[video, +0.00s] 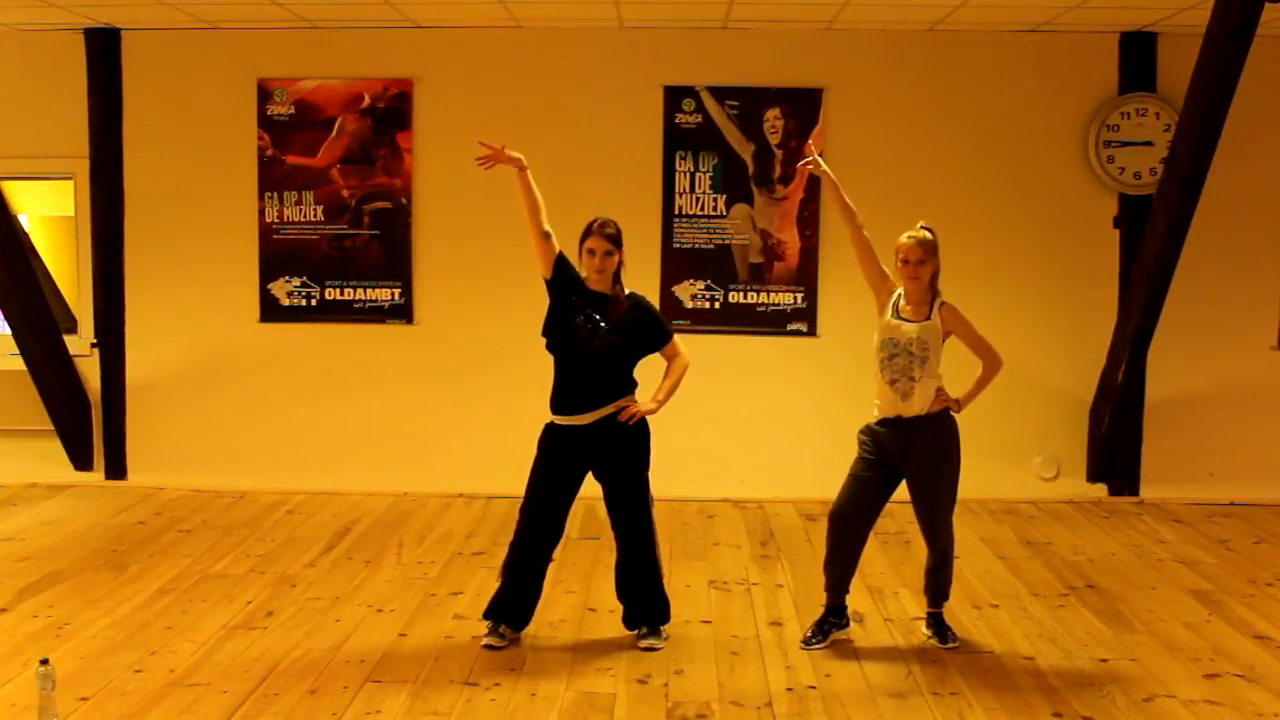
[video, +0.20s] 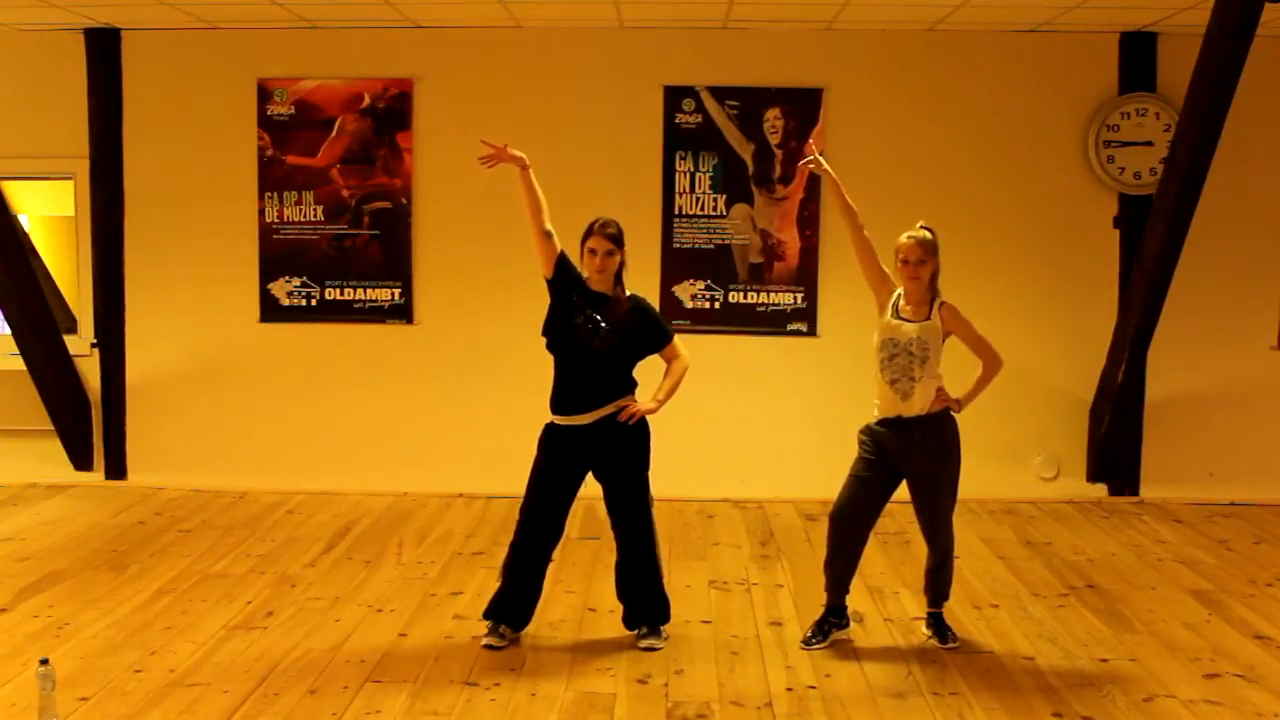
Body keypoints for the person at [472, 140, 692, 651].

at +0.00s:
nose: (597, 261)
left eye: (606, 254)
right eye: (591, 252)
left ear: (620, 259)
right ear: (581, 255)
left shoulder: (636, 310)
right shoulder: (565, 289)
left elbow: (679, 360)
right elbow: (540, 228)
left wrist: (653, 401)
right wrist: (521, 169)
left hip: (620, 432)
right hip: (564, 434)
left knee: (634, 529)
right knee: (535, 528)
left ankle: (649, 620)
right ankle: (506, 620)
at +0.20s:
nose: (597, 260)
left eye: (606, 254)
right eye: (592, 252)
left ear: (621, 259)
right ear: (582, 254)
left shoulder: (636, 311)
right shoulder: (565, 289)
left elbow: (679, 362)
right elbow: (542, 228)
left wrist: (653, 401)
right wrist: (523, 168)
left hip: (620, 432)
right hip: (564, 434)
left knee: (634, 529)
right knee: (535, 527)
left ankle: (649, 620)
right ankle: (506, 620)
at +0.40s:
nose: (598, 261)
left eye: (607, 254)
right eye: (592, 252)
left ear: (622, 259)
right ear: (582, 255)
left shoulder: (637, 312)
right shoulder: (566, 290)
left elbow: (679, 363)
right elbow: (543, 229)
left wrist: (653, 402)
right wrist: (525, 168)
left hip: (621, 432)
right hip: (565, 434)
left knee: (635, 528)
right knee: (536, 527)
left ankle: (649, 620)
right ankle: (506, 620)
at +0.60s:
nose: (598, 261)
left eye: (607, 254)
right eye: (593, 253)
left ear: (622, 259)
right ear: (583, 255)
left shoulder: (637, 312)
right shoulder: (567, 289)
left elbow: (679, 362)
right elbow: (543, 227)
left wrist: (654, 401)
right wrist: (525, 167)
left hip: (621, 432)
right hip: (565, 434)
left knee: (634, 528)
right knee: (536, 527)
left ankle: (649, 620)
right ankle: (506, 619)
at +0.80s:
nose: (599, 260)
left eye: (608, 253)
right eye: (593, 252)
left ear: (622, 259)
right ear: (583, 255)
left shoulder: (636, 311)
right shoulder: (567, 289)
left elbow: (679, 361)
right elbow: (543, 229)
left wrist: (654, 401)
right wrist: (527, 168)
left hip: (621, 432)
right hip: (565, 433)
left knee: (634, 529)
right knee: (536, 527)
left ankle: (648, 620)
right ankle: (506, 619)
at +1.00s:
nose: (598, 259)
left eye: (607, 253)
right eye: (593, 251)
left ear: (621, 258)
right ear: (583, 254)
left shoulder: (636, 311)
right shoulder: (567, 289)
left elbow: (680, 361)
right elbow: (543, 228)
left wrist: (653, 401)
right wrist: (526, 167)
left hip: (621, 432)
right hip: (565, 433)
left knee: (634, 529)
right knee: (536, 527)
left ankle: (648, 620)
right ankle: (506, 619)